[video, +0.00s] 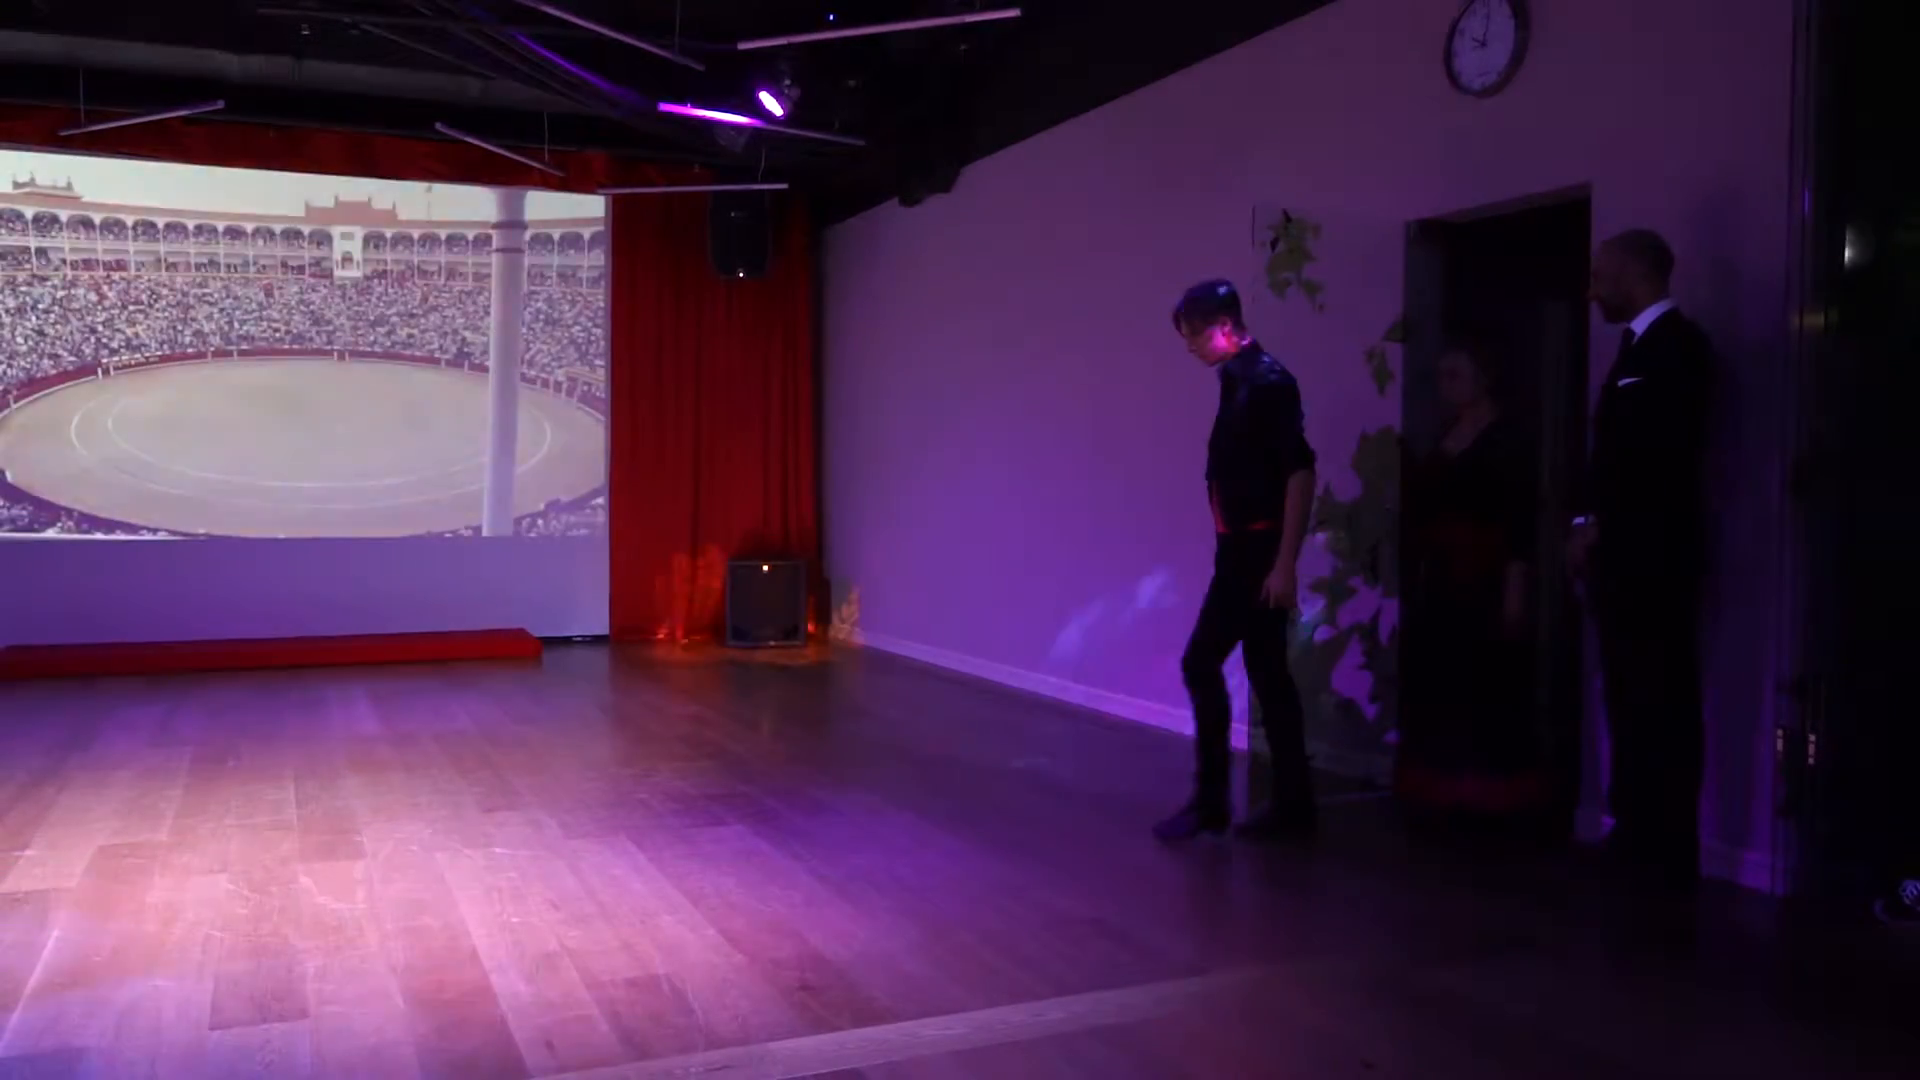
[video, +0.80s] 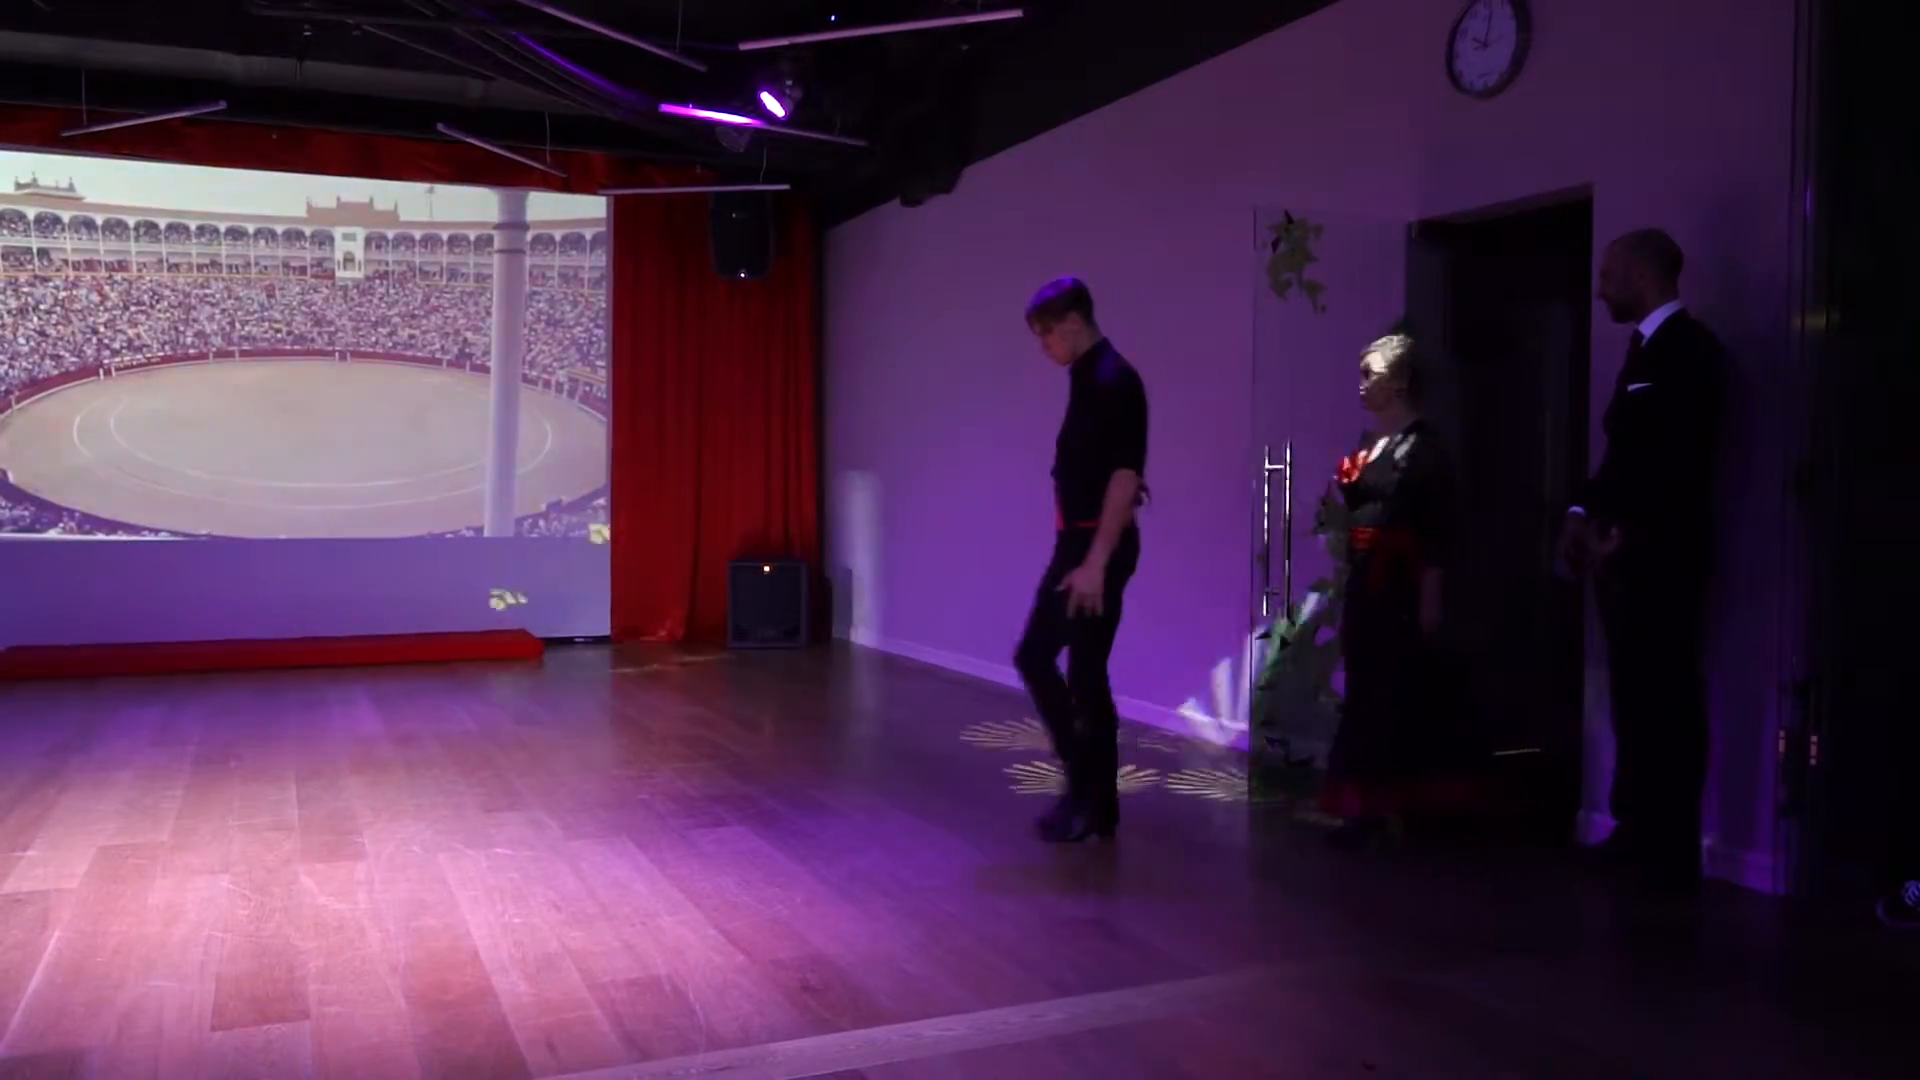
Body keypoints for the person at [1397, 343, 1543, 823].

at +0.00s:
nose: (1447, 385)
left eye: (1456, 376)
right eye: (1443, 376)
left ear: (1482, 379)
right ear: (1440, 380)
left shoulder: (1505, 437)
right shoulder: (1441, 438)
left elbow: (1515, 516)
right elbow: (1424, 512)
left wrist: (1513, 586)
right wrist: (1414, 572)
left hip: (1487, 587)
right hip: (1438, 584)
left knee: (1485, 694)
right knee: (1439, 691)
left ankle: (1488, 798)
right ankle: (1437, 795)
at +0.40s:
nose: (1427, 391)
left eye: (1436, 381)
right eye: (1425, 381)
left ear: (1460, 385)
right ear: (1426, 388)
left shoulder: (1486, 444)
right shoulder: (1423, 446)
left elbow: (1499, 518)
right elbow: (1414, 519)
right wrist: (1410, 581)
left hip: (1473, 590)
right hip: (1426, 589)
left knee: (1472, 693)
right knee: (1426, 690)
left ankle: (1477, 793)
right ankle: (1425, 791)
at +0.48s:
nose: (1418, 397)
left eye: (1427, 385)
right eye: (1414, 386)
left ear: (1452, 391)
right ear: (1410, 392)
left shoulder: (1474, 444)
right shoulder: (1416, 445)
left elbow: (1485, 519)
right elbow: (1405, 513)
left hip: (1461, 585)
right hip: (1418, 584)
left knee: (1457, 690)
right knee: (1419, 690)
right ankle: (1415, 788)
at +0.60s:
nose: (1393, 389)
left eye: (1403, 379)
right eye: (1392, 379)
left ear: (1433, 384)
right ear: (1398, 385)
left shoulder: (1456, 445)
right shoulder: (1402, 447)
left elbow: (1470, 523)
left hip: (1440, 586)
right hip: (1401, 583)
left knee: (1425, 693)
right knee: (1401, 692)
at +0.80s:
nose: (1361, 385)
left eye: (1371, 376)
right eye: (1362, 375)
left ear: (1401, 382)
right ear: (1384, 383)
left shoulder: (1424, 445)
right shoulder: (1372, 445)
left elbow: (1426, 519)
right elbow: (1353, 509)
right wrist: (1347, 487)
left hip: (1404, 581)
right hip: (1365, 577)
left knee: (1392, 688)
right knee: (1367, 688)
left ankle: (1392, 801)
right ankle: (1365, 800)